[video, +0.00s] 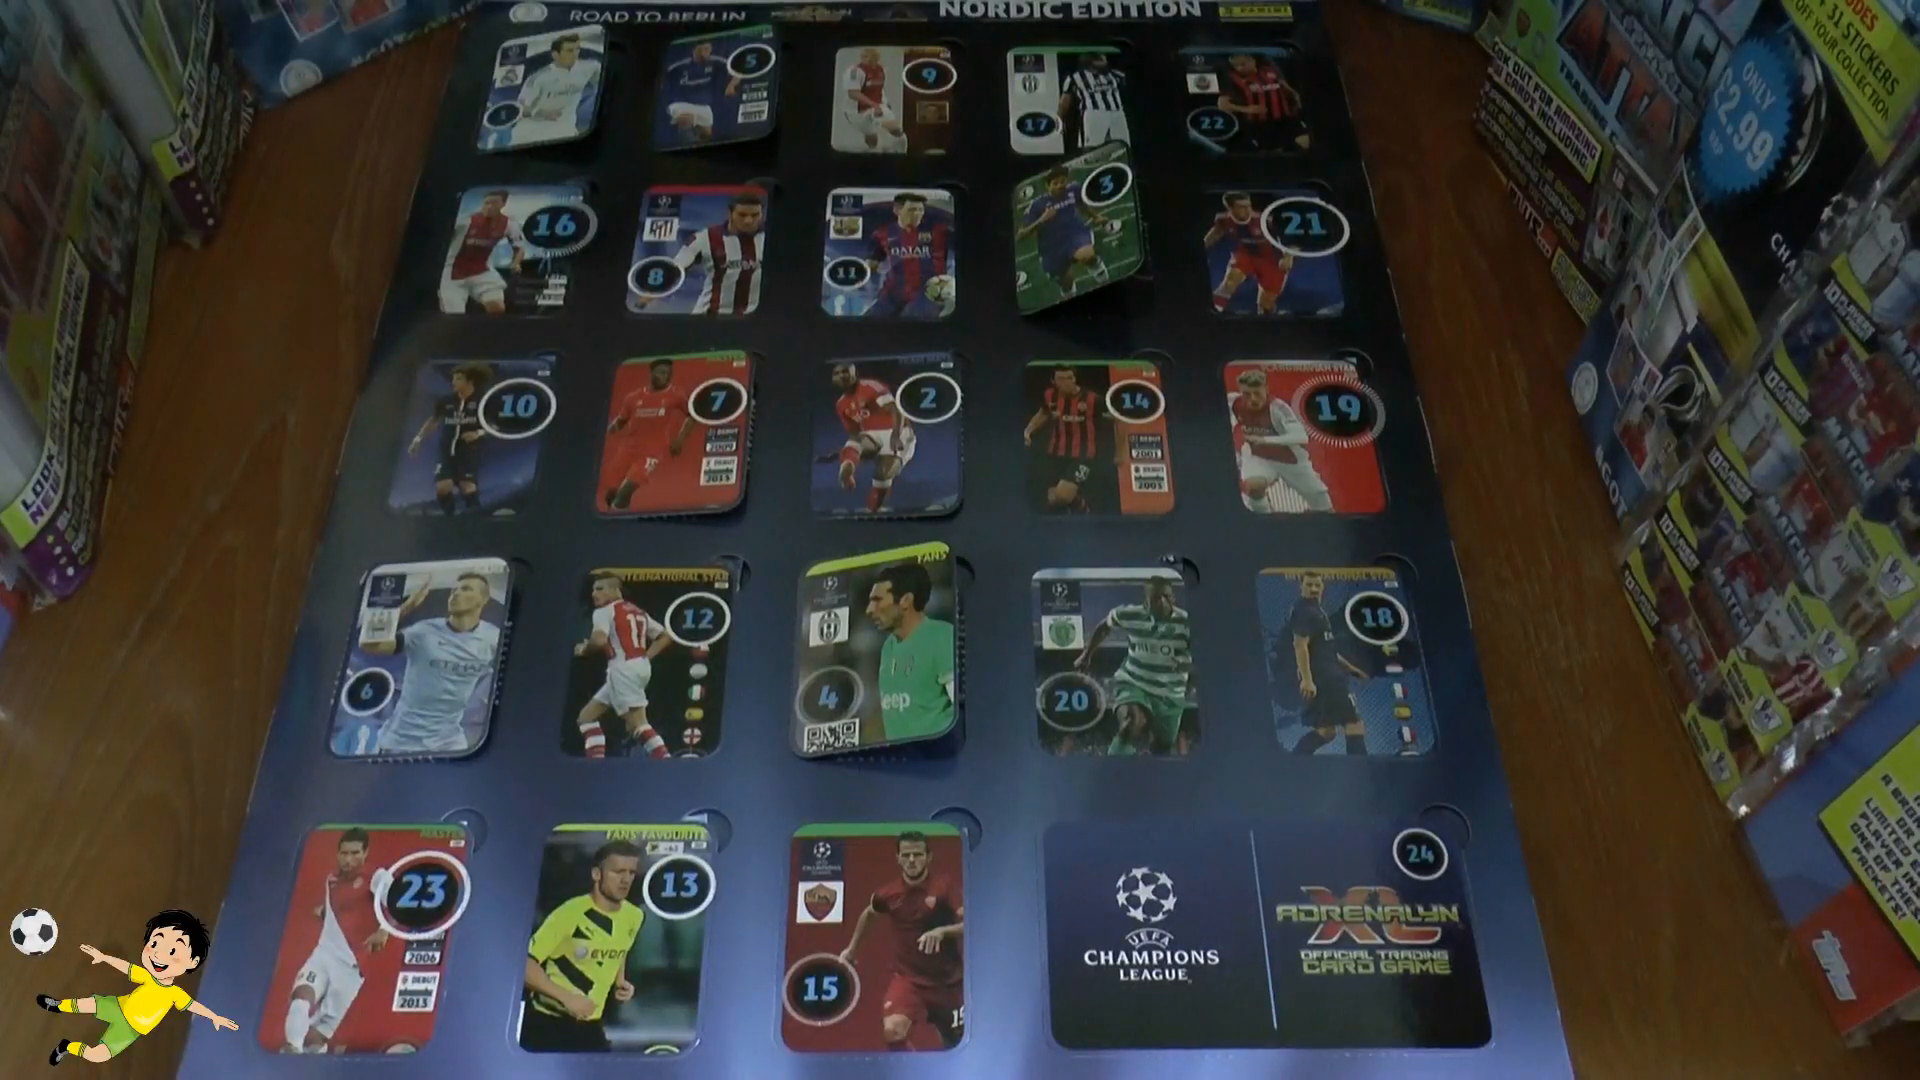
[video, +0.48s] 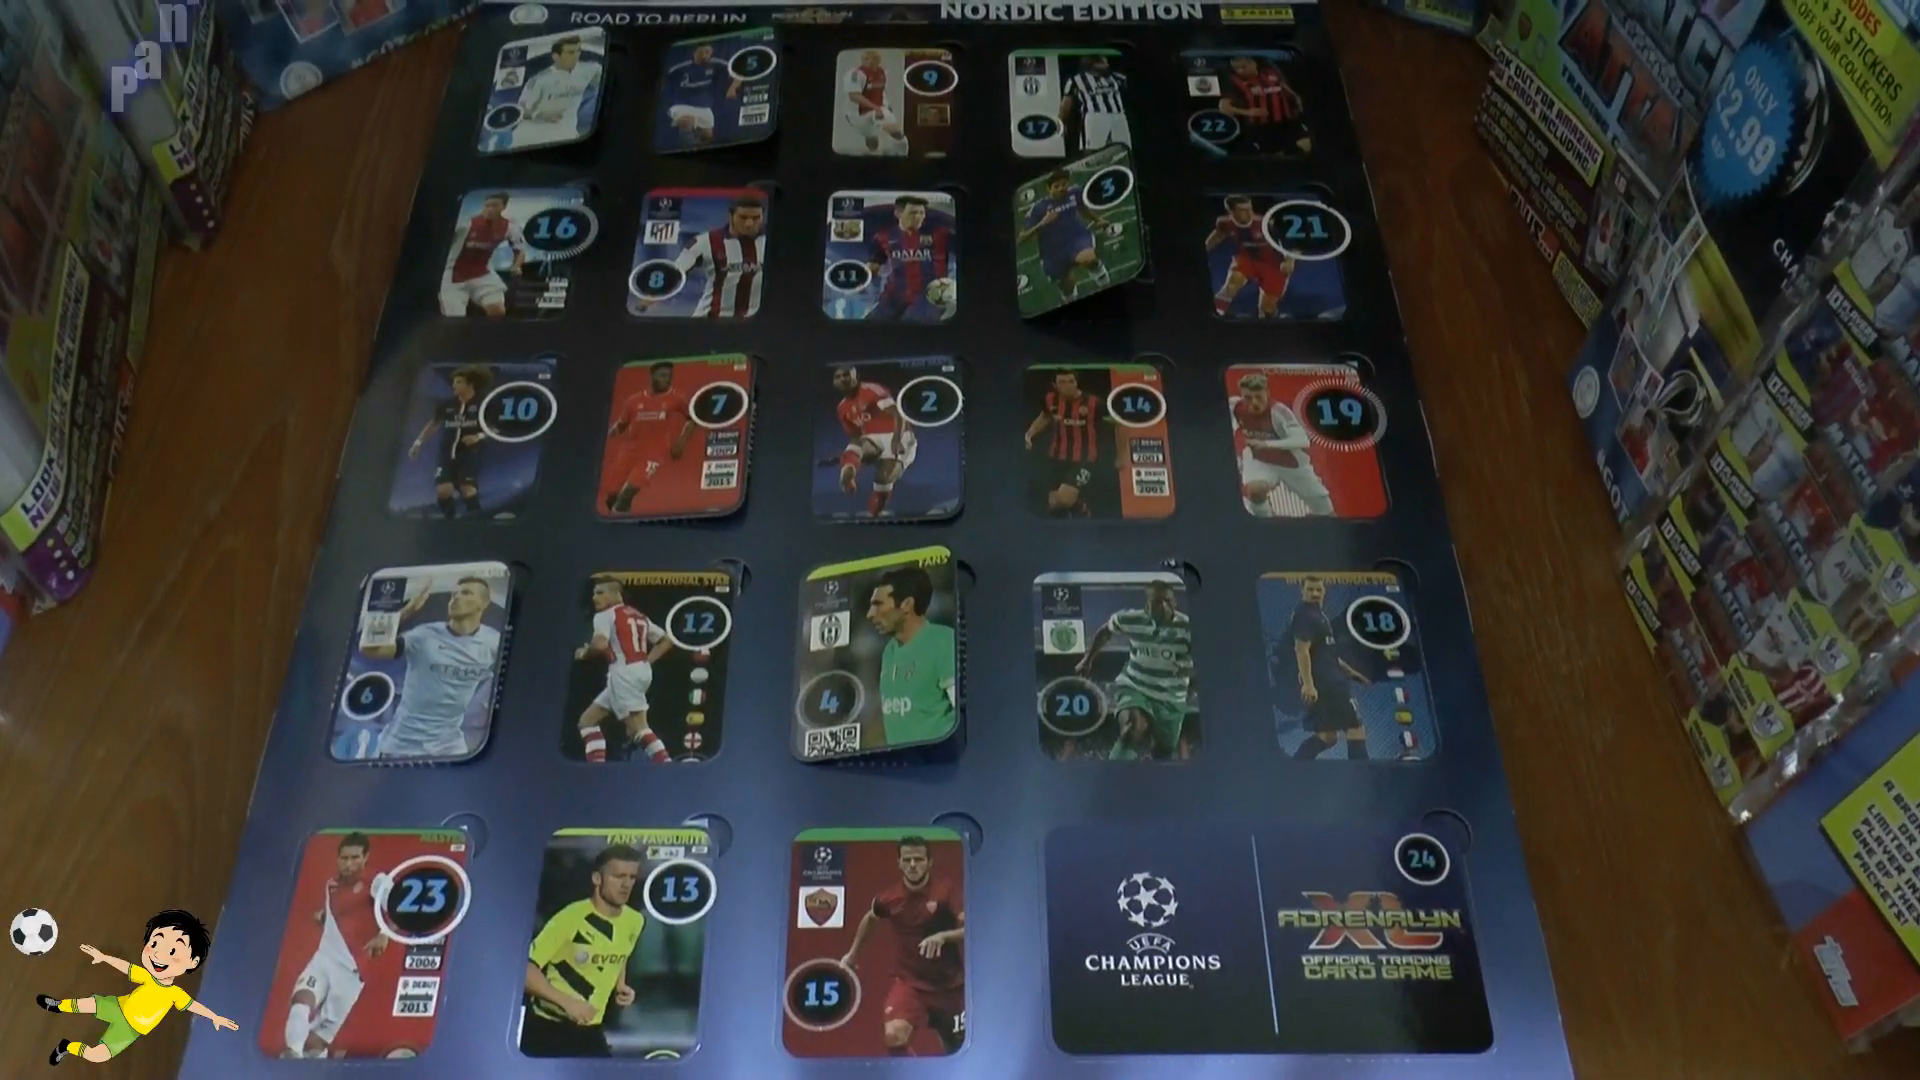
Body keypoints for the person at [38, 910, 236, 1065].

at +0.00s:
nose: (159, 956)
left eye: (172, 952)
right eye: (155, 944)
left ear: (189, 965)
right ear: (145, 945)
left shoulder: (176, 995)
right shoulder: (143, 975)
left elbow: (195, 1007)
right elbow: (124, 966)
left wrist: (214, 1017)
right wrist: (103, 958)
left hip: (131, 1030)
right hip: (119, 1008)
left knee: (99, 1055)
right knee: (89, 1003)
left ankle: (66, 1047)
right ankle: (58, 1006)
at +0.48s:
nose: (159, 955)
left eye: (172, 952)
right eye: (156, 944)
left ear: (189, 965)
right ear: (146, 945)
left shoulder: (176, 995)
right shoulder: (143, 975)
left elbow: (195, 1007)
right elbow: (124, 967)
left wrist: (215, 1017)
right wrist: (103, 958)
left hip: (131, 1030)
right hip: (119, 1008)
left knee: (98, 1055)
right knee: (89, 1003)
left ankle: (66, 1047)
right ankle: (57, 1006)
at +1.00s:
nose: (160, 956)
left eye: (172, 953)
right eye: (156, 944)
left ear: (188, 966)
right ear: (146, 945)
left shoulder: (176, 995)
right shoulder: (143, 976)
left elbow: (195, 1007)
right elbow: (124, 966)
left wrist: (215, 1017)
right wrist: (103, 958)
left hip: (131, 1030)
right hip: (119, 1008)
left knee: (99, 1055)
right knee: (89, 1003)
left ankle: (66, 1047)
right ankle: (57, 1006)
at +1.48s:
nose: (159, 956)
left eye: (172, 952)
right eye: (155, 944)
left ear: (189, 965)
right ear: (145, 945)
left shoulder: (176, 995)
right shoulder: (144, 975)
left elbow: (195, 1007)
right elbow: (124, 966)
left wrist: (214, 1017)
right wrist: (103, 958)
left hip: (131, 1030)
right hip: (119, 1008)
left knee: (99, 1055)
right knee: (89, 1003)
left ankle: (66, 1047)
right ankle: (57, 1006)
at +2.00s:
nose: (159, 955)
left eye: (172, 952)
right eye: (155, 944)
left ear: (190, 965)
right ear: (146, 945)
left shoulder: (176, 995)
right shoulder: (143, 975)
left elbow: (195, 1007)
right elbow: (124, 967)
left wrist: (214, 1017)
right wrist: (103, 958)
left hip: (131, 1030)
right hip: (119, 1008)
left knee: (99, 1055)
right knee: (89, 1004)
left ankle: (66, 1047)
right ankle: (57, 1006)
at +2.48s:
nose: (159, 955)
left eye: (172, 952)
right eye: (155, 944)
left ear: (187, 966)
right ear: (145, 946)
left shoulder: (176, 995)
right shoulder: (144, 976)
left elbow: (194, 1007)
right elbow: (124, 966)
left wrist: (215, 1017)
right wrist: (103, 958)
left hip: (131, 1030)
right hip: (119, 1008)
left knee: (99, 1055)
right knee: (89, 1003)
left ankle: (66, 1047)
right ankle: (57, 1006)